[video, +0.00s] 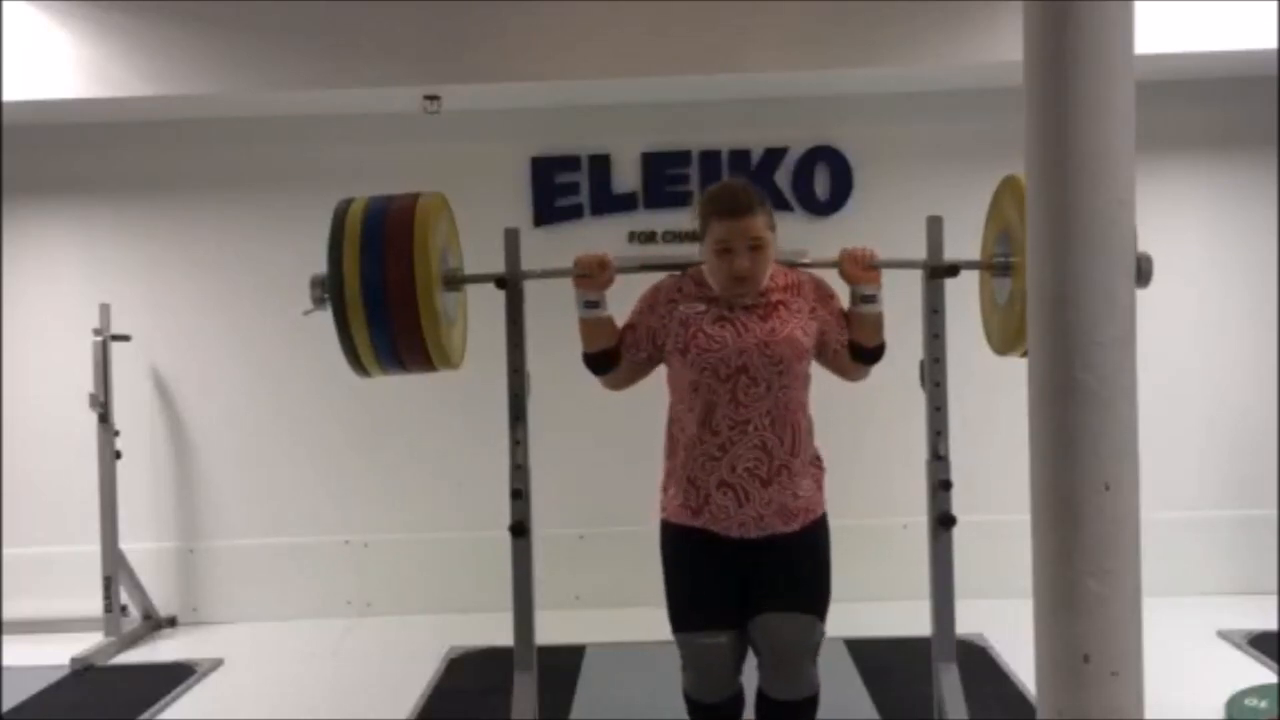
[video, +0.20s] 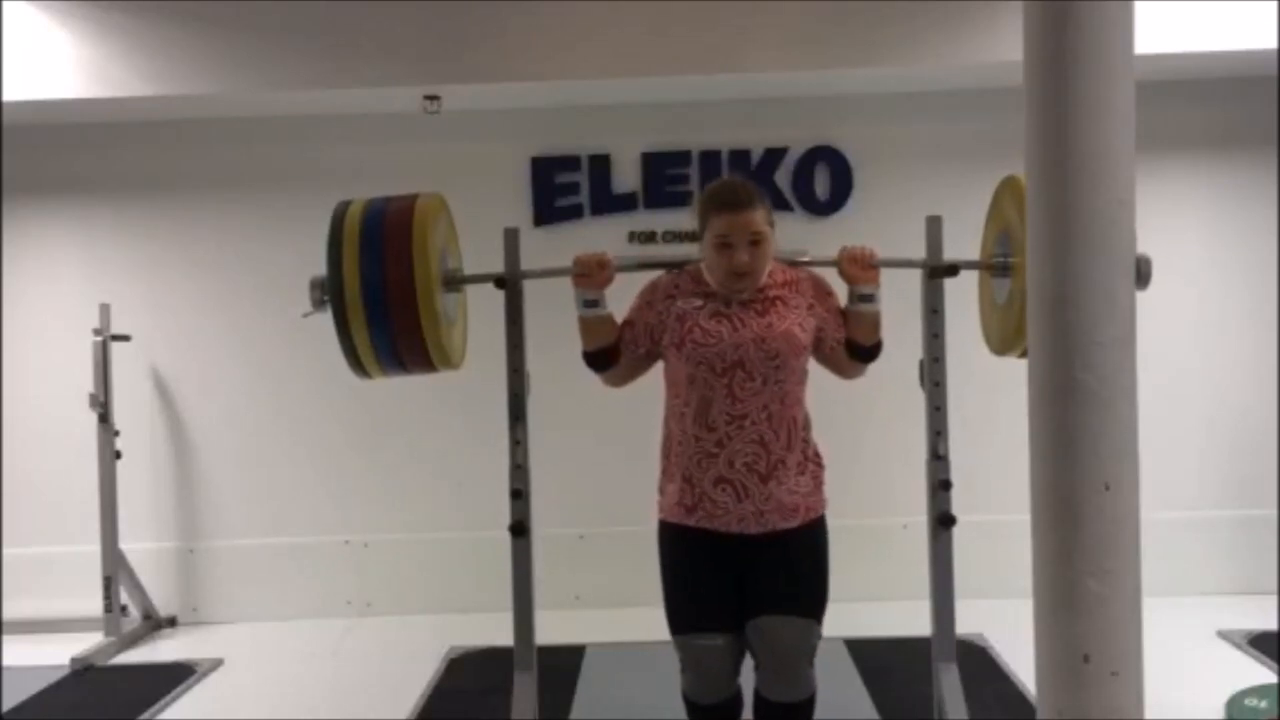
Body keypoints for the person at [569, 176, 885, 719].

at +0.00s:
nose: (741, 263)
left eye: (754, 247)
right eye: (725, 249)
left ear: (773, 243)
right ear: (703, 247)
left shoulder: (804, 294)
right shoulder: (672, 300)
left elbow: (855, 366)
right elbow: (613, 371)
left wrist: (867, 293)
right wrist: (591, 299)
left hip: (789, 525)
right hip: (699, 527)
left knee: (791, 680)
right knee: (709, 683)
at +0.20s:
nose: (740, 258)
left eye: (754, 243)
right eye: (725, 244)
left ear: (772, 238)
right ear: (702, 242)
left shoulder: (803, 291)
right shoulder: (668, 297)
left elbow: (851, 364)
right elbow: (614, 369)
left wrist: (865, 292)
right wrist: (591, 298)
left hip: (787, 521)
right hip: (696, 522)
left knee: (788, 679)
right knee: (708, 683)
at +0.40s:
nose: (740, 250)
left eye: (753, 235)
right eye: (724, 236)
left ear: (770, 232)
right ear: (701, 235)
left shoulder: (802, 286)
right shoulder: (666, 291)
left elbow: (847, 360)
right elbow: (614, 365)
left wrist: (863, 287)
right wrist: (590, 293)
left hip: (784, 514)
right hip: (694, 516)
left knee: (785, 676)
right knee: (706, 680)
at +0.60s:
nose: (737, 237)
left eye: (751, 221)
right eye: (722, 223)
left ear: (769, 219)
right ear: (700, 223)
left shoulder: (798, 272)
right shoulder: (665, 277)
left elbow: (847, 347)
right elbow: (612, 352)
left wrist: (861, 275)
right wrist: (588, 281)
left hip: (781, 496)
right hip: (692, 498)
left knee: (779, 647)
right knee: (706, 651)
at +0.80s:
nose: (734, 234)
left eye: (747, 220)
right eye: (718, 221)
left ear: (765, 216)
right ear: (696, 220)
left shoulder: (792, 266)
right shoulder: (660, 272)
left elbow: (841, 340)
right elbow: (609, 345)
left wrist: (855, 269)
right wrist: (586, 277)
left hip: (777, 490)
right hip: (689, 491)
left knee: (774, 638)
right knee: (705, 643)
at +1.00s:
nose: (729, 239)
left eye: (742, 224)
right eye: (714, 225)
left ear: (760, 219)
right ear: (692, 222)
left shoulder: (786, 269)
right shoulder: (656, 272)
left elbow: (833, 341)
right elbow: (604, 345)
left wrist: (848, 274)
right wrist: (584, 278)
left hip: (771, 490)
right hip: (683, 492)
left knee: (770, 642)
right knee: (700, 647)